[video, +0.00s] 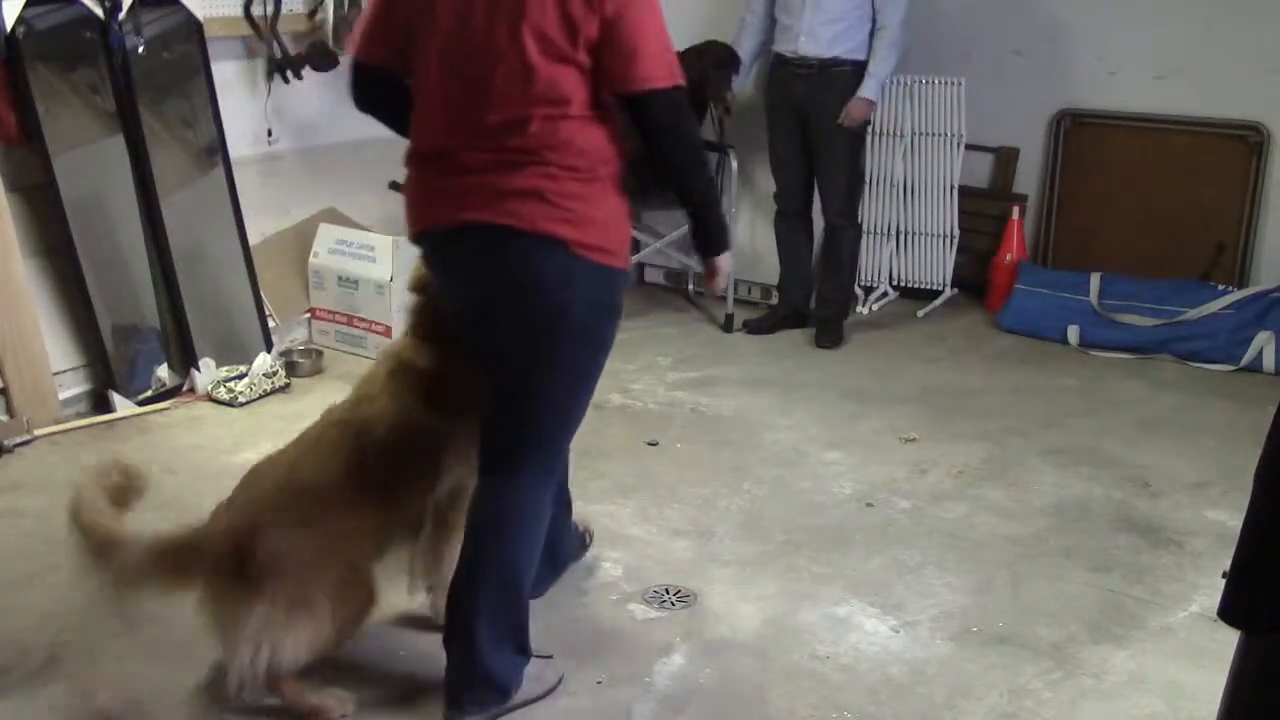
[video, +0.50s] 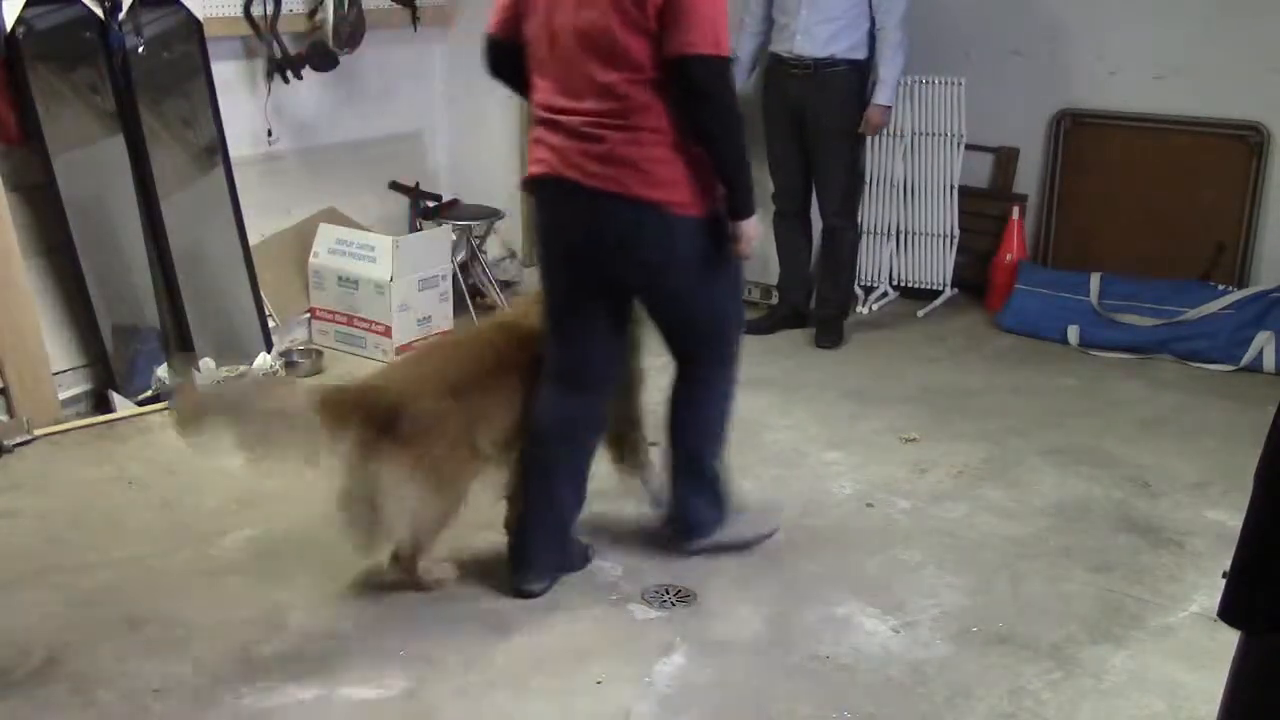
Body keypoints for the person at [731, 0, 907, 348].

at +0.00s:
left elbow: (892, 23)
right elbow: (758, 13)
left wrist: (868, 93)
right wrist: (732, 79)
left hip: (841, 80)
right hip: (784, 77)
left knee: (838, 210)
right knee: (790, 204)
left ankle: (831, 315)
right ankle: (792, 306)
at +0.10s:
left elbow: (890, 22)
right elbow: (757, 14)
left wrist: (867, 93)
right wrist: (731, 77)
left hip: (840, 81)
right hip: (784, 78)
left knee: (839, 209)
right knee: (789, 204)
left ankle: (831, 314)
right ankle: (792, 305)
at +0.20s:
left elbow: (889, 23)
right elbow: (756, 15)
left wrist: (869, 96)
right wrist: (731, 81)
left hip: (840, 80)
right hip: (783, 77)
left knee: (838, 210)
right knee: (789, 204)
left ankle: (831, 314)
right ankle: (792, 305)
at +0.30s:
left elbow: (888, 21)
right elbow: (756, 15)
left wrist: (876, 99)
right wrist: (731, 83)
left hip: (841, 79)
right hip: (783, 76)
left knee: (838, 210)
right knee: (789, 204)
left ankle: (831, 313)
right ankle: (792, 305)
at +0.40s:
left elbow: (890, 24)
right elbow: (755, 16)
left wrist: (881, 100)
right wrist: (732, 82)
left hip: (840, 80)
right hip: (781, 77)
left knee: (838, 211)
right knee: (789, 204)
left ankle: (831, 314)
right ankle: (792, 305)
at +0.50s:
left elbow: (891, 23)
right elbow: (755, 17)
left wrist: (883, 98)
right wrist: (732, 81)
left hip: (839, 80)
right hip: (782, 78)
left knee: (837, 210)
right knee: (788, 205)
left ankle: (831, 314)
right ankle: (792, 305)